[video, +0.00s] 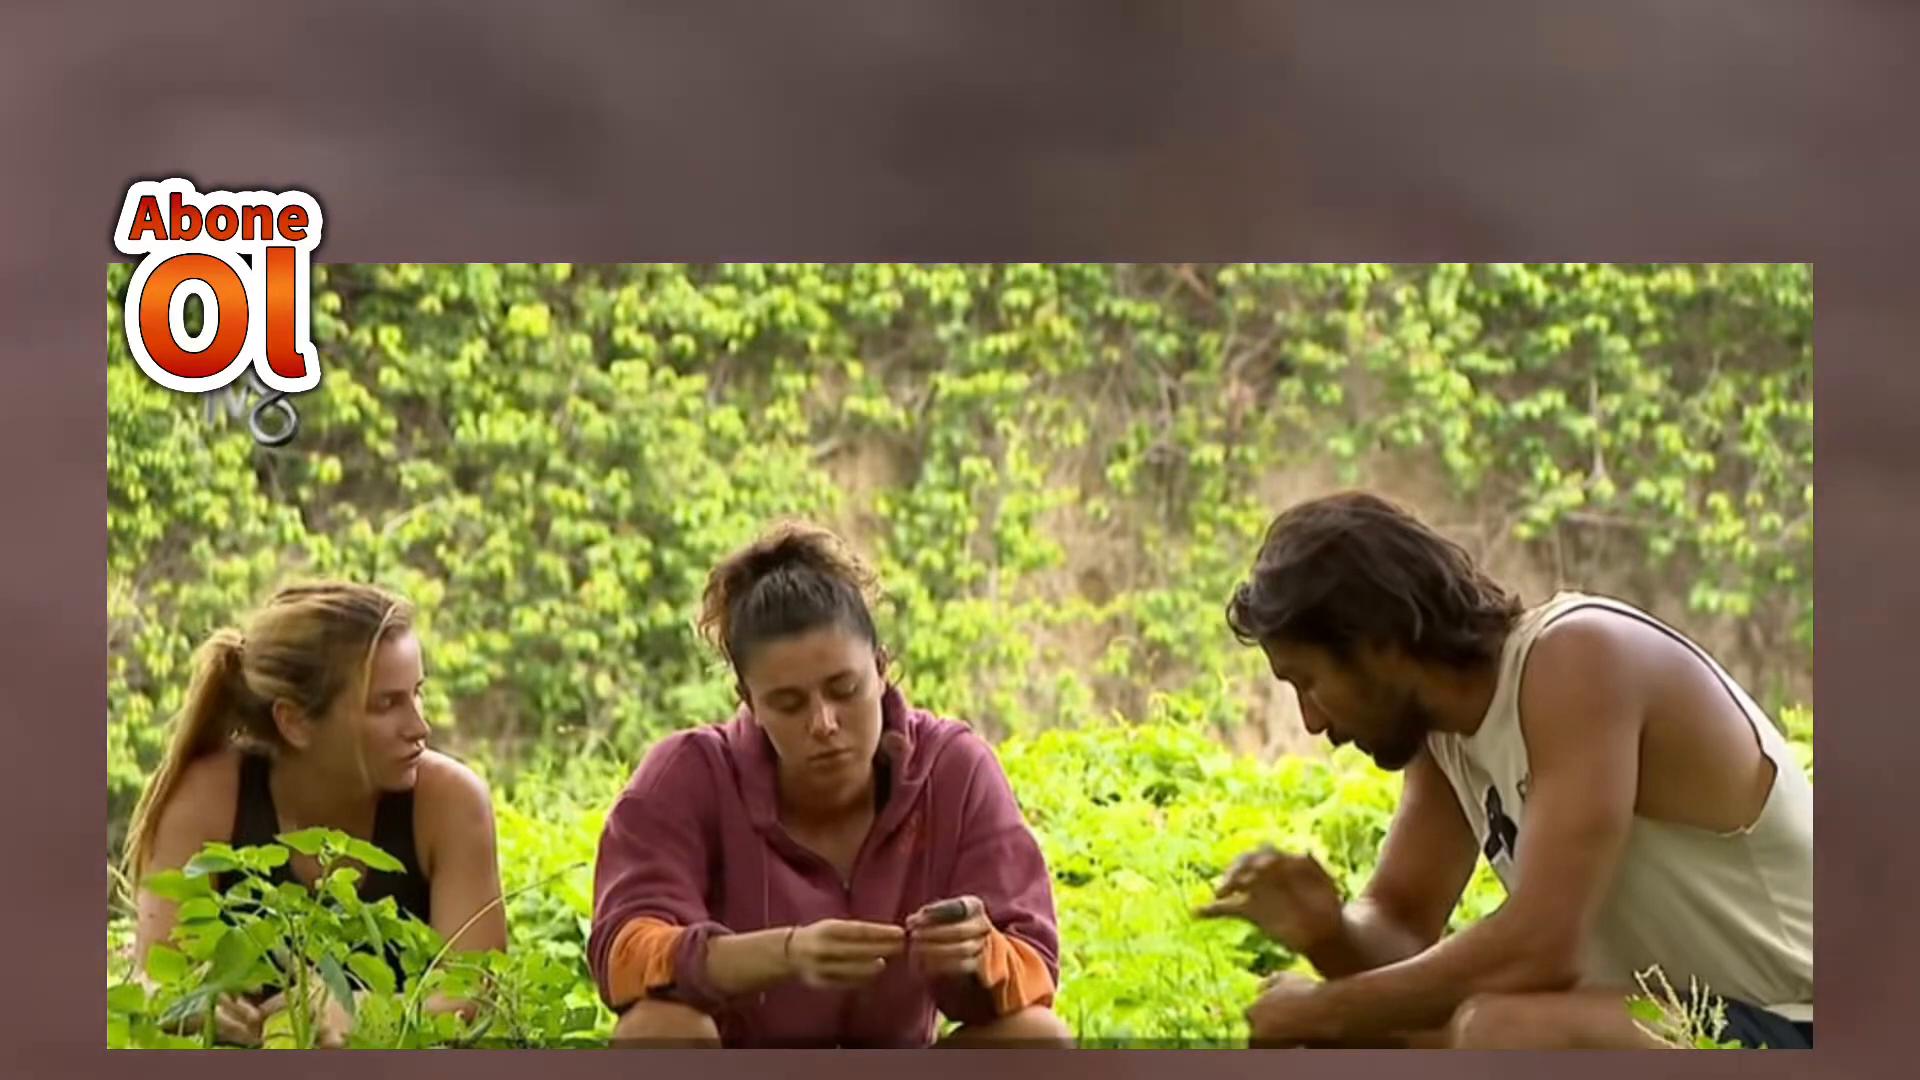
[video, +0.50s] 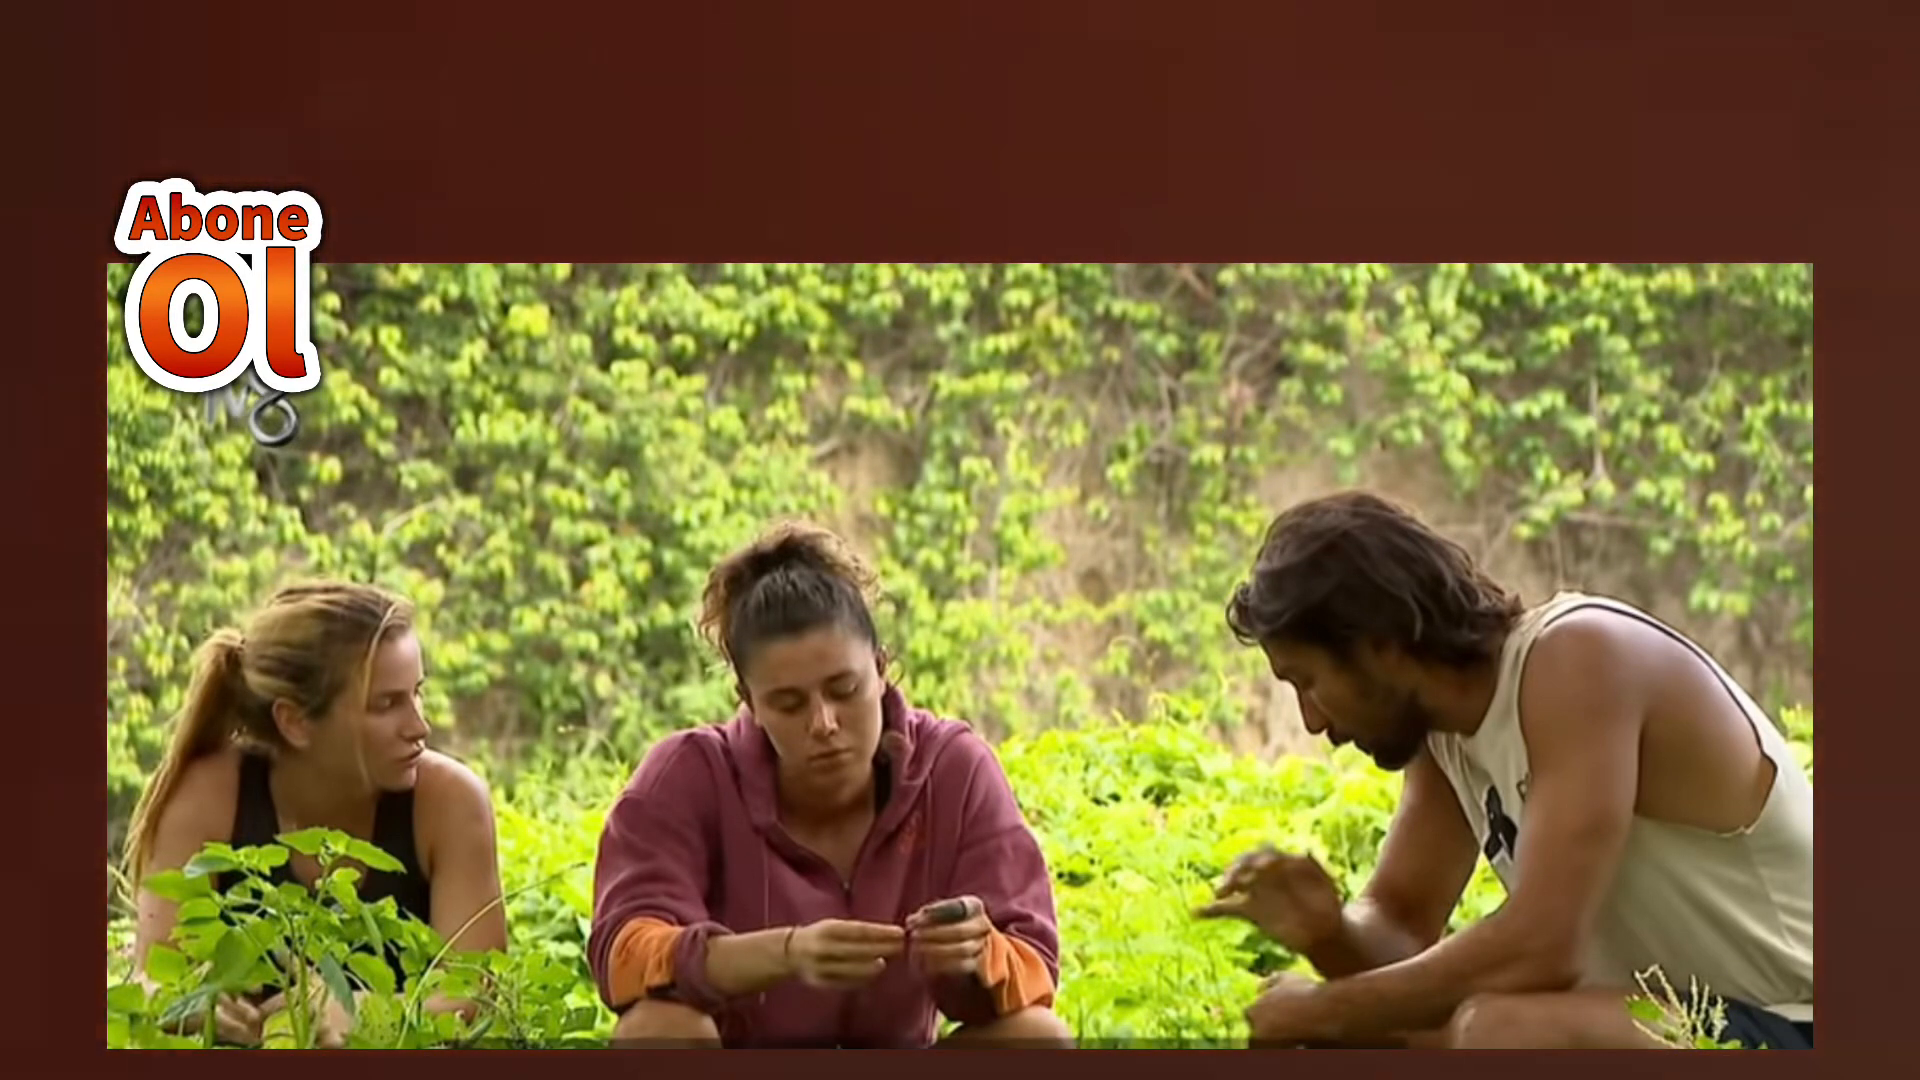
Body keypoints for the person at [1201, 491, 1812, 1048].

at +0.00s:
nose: (1311, 724)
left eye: (1306, 687)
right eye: (1296, 693)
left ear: (1383, 640)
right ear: (1383, 641)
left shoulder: (1584, 656)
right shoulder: (1451, 731)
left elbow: (1539, 950)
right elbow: (1402, 926)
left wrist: (1327, 1014)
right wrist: (1329, 932)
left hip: (1788, 1019)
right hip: (1659, 1004)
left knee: (1502, 1026)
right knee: (1374, 1027)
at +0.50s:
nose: (1311, 723)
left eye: (1306, 687)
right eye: (1296, 693)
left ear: (1384, 642)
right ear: (1384, 644)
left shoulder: (1585, 656)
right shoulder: (1450, 730)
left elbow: (1539, 950)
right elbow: (1402, 926)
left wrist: (1322, 1013)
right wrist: (1329, 931)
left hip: (1788, 1016)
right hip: (1660, 1002)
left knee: (1500, 1026)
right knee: (1374, 1030)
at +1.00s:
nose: (1311, 723)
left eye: (1306, 686)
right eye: (1296, 693)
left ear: (1384, 642)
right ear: (1384, 643)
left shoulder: (1585, 656)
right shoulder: (1451, 731)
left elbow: (1538, 950)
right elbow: (1402, 926)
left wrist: (1328, 1012)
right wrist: (1330, 932)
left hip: (1790, 1016)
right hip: (1654, 1000)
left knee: (1497, 1026)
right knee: (1382, 1027)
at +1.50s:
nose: (1311, 723)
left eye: (1305, 686)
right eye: (1295, 692)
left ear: (1384, 642)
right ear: (1384, 642)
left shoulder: (1585, 656)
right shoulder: (1451, 729)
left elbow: (1540, 950)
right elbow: (1402, 926)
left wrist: (1318, 1013)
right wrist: (1330, 931)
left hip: (1785, 1015)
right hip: (1647, 1002)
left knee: (1496, 1025)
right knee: (1349, 1037)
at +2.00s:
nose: (1311, 723)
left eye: (1306, 686)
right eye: (1295, 693)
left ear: (1384, 642)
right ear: (1384, 643)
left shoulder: (1585, 656)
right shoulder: (1451, 731)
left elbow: (1539, 951)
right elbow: (1402, 926)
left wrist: (1320, 1014)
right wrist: (1330, 932)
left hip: (1784, 1012)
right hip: (1651, 1000)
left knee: (1499, 1024)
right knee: (1366, 1029)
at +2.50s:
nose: (1311, 723)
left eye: (1307, 687)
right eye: (1296, 693)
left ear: (1385, 642)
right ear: (1385, 644)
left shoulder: (1584, 656)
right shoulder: (1450, 730)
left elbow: (1539, 951)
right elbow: (1402, 925)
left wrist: (1325, 1014)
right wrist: (1329, 933)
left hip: (1786, 1014)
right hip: (1655, 1001)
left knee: (1500, 1025)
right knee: (1380, 1025)